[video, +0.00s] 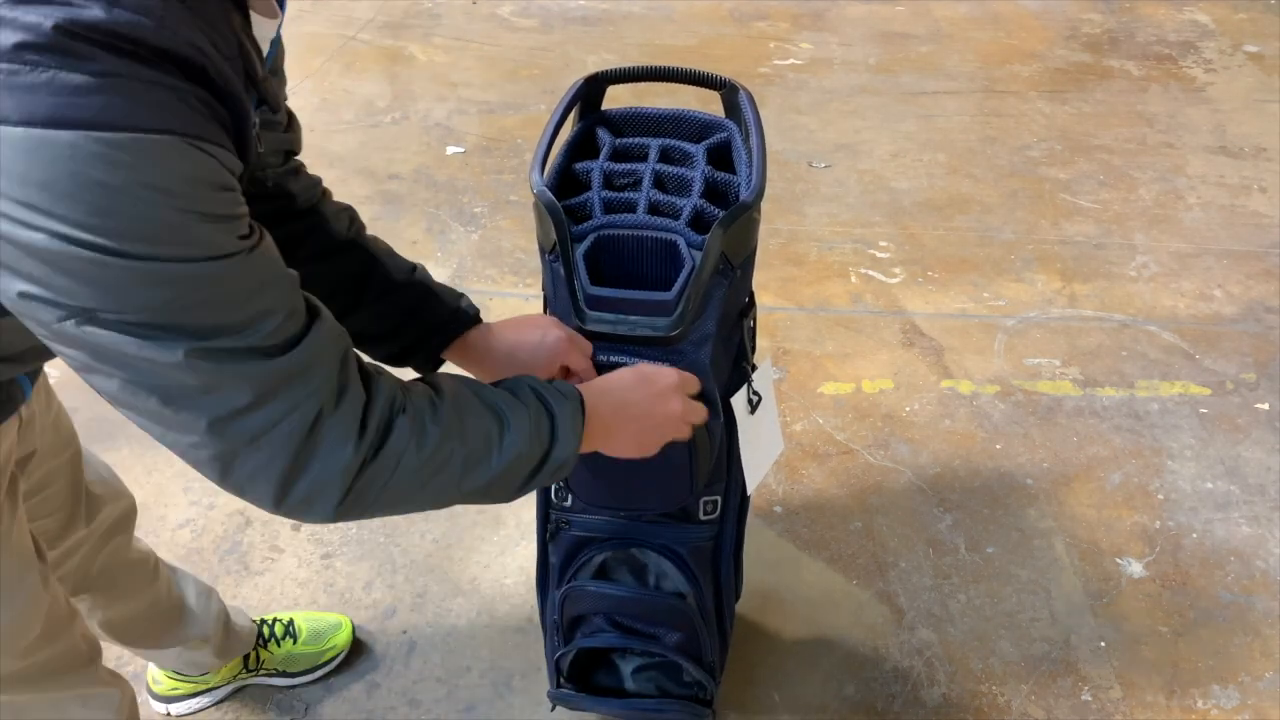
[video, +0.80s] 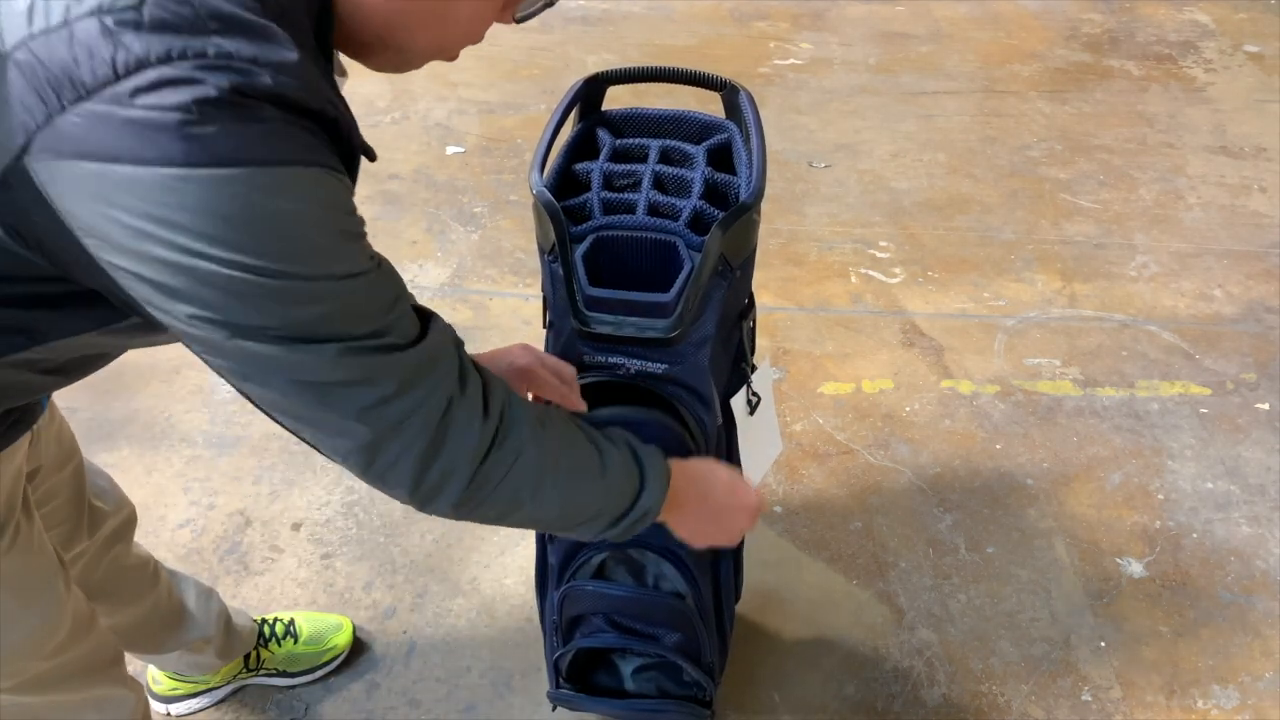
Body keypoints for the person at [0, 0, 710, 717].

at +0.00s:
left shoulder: (192, 23)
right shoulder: (72, 119)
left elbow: (272, 202)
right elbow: (315, 450)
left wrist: (465, 337)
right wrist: (584, 420)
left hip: (15, 373)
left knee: (82, 533)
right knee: (42, 668)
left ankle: (198, 653)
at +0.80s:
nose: (502, 21)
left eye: (515, 7)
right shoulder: (176, 112)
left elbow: (279, 260)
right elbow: (430, 437)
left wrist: (460, 367)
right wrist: (661, 489)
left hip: (16, 396)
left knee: (86, 542)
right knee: (53, 674)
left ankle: (201, 654)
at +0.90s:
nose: (498, 39)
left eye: (520, 19)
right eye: (515, 10)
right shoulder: (192, 124)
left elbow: (296, 238)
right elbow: (412, 443)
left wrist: (448, 363)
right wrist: (627, 518)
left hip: (15, 394)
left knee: (84, 542)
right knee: (53, 661)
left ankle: (204, 656)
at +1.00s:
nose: (483, 37)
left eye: (507, 20)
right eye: (504, 13)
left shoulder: (237, 14)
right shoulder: (164, 128)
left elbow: (316, 195)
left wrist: (461, 360)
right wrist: (537, 487)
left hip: (20, 392)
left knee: (94, 532)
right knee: (69, 666)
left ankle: (202, 654)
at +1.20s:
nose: (445, 56)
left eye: (468, 39)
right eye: (461, 31)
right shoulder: (82, 168)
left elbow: (343, 115)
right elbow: (212, 503)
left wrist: (481, 294)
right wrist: (488, 524)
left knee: (80, 517)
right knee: (59, 644)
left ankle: (202, 653)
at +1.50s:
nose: (408, 82)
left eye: (426, 56)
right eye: (398, 57)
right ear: (238, 13)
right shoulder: (32, 223)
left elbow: (373, 149)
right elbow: (201, 480)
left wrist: (523, 364)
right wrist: (479, 518)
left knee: (83, 513)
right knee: (39, 622)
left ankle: (200, 653)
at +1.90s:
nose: (382, 104)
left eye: (406, 77)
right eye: (383, 76)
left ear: (194, 17)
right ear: (198, 23)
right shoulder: (19, 256)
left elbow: (347, 189)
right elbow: (178, 498)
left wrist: (515, 380)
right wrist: (472, 524)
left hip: (45, 361)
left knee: (97, 518)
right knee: (37, 628)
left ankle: (199, 654)